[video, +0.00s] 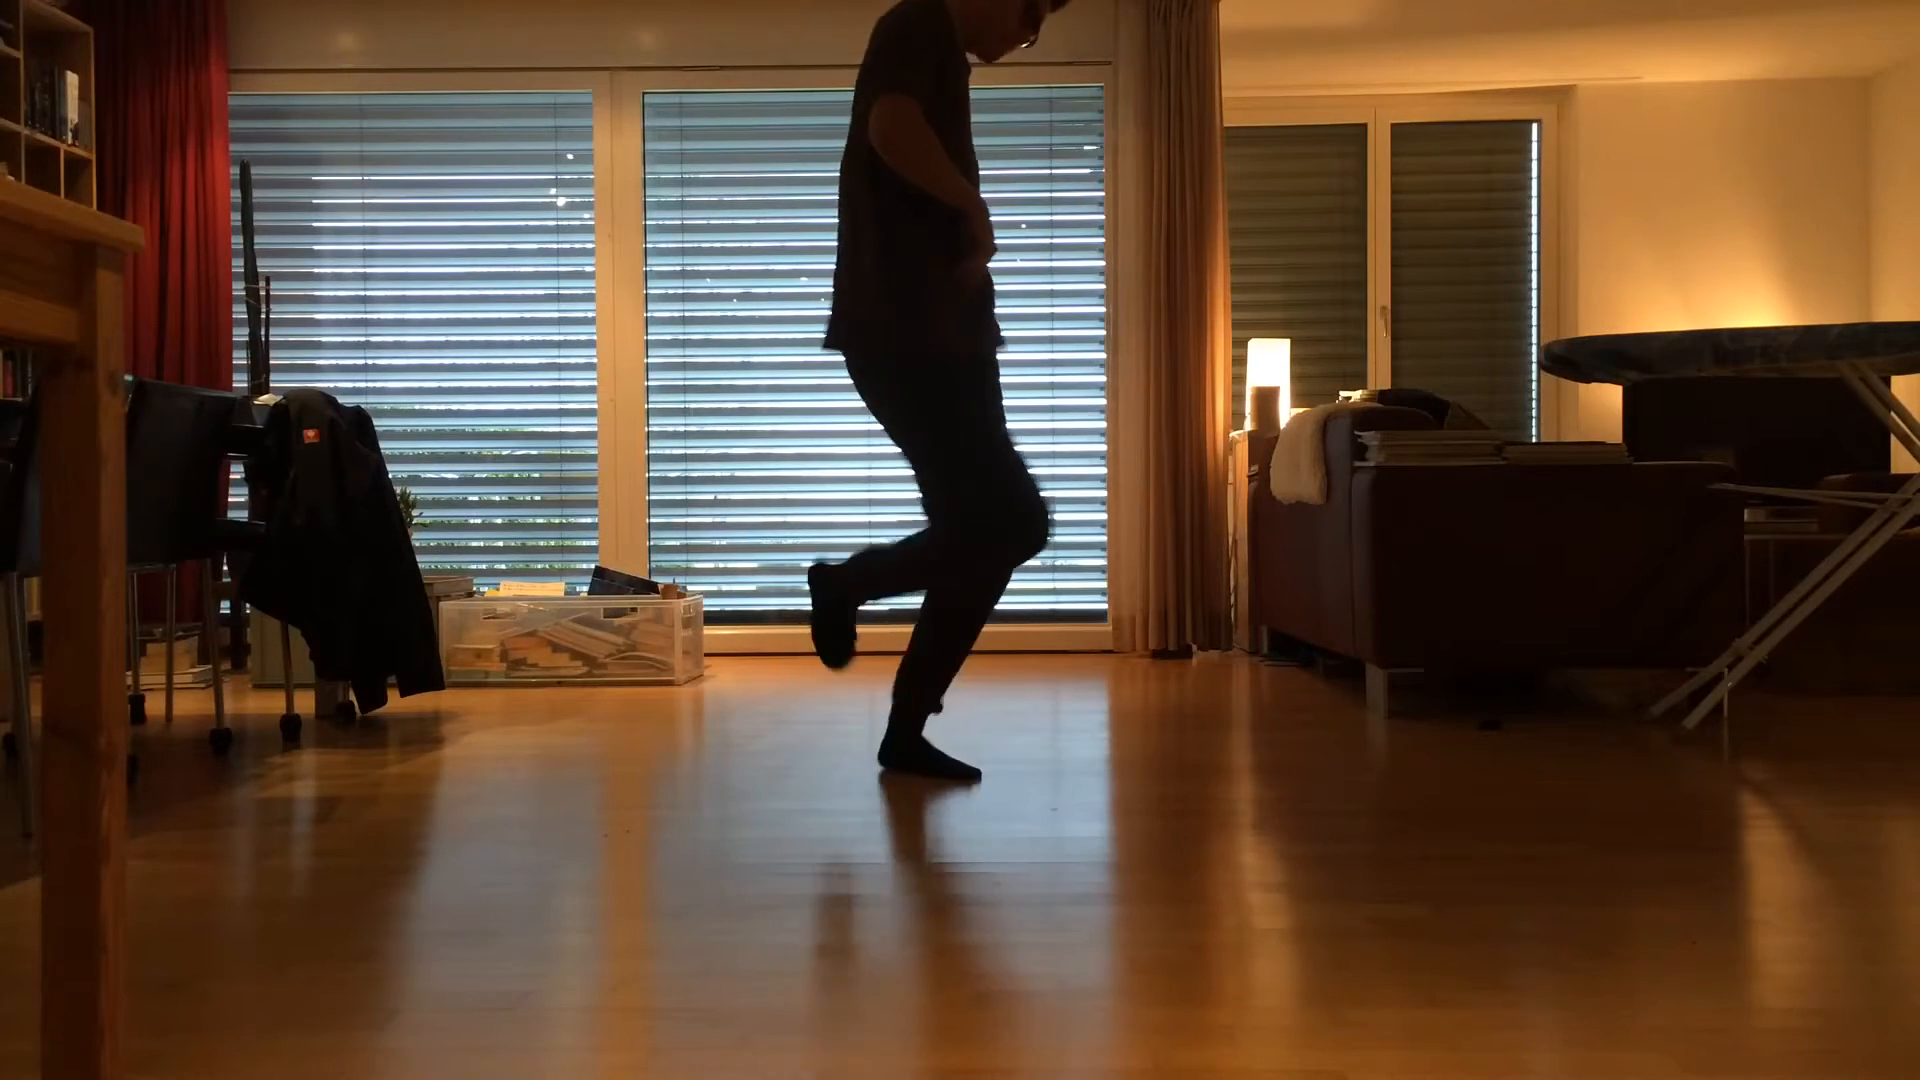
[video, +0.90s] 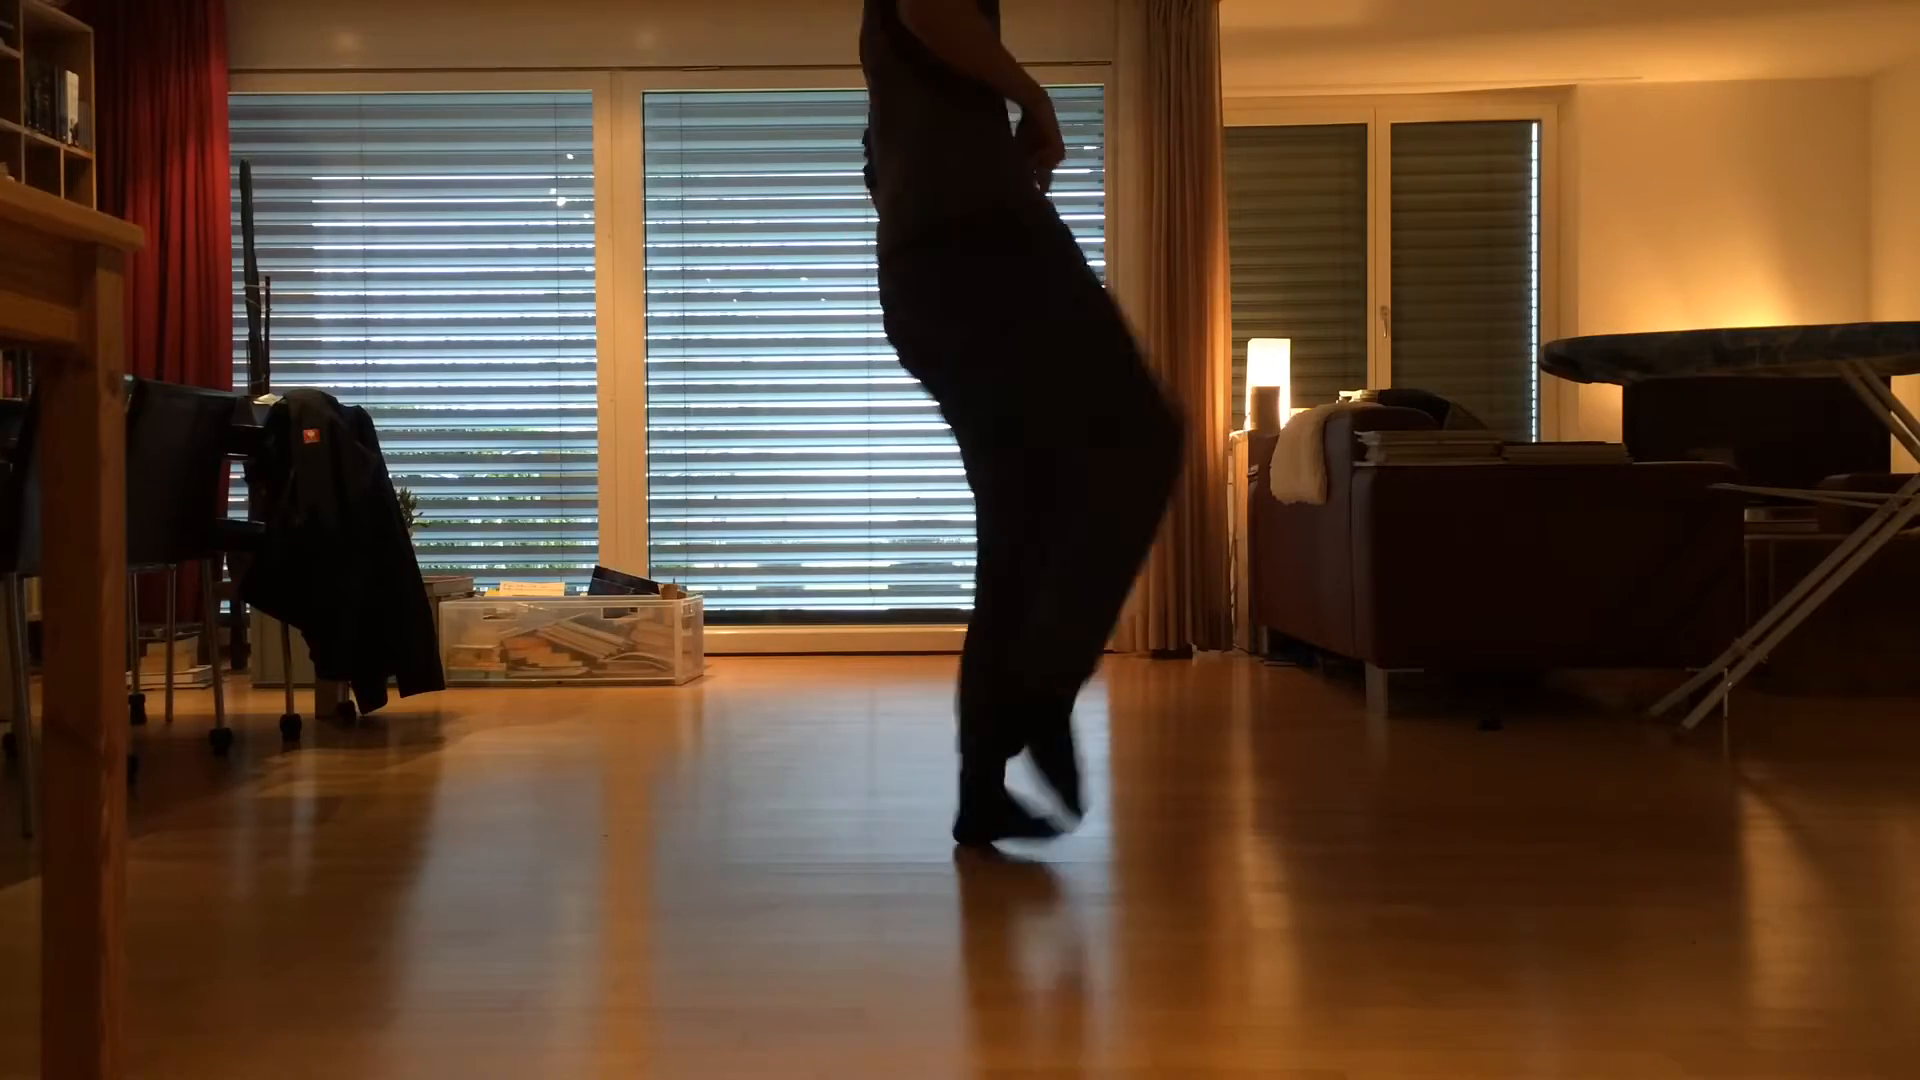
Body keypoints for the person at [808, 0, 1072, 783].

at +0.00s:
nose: (1022, 42)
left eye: (1032, 31)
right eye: (1027, 24)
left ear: (994, 8)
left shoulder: (931, 48)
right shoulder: (916, 29)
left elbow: (895, 199)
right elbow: (891, 126)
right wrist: (972, 205)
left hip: (931, 340)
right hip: (904, 339)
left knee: (986, 533)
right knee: (1016, 523)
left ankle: (906, 734)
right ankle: (845, 582)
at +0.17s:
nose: (1022, 15)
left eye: (1027, 8)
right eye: (1021, 3)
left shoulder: (941, 37)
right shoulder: (921, 18)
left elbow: (908, 148)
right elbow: (887, 115)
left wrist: (977, 222)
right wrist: (984, 184)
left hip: (928, 311)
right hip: (930, 313)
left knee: (979, 511)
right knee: (1010, 501)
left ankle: (899, 724)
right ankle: (851, 685)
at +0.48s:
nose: (1037, 7)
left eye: (1038, 5)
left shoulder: (942, 28)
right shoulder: (930, 7)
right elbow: (903, 58)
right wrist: (996, 155)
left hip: (913, 281)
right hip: (943, 273)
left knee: (986, 508)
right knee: (1109, 425)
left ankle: (939, 762)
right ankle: (973, 621)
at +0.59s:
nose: (1031, 3)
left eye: (1034, 2)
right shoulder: (938, 4)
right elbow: (895, 49)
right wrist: (997, 144)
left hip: (915, 277)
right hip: (958, 264)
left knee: (989, 525)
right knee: (1140, 404)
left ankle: (932, 758)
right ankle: (973, 579)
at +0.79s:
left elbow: (883, 171)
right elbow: (929, 37)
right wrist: (1036, 122)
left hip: (937, 283)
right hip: (990, 273)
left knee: (985, 522)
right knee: (1039, 512)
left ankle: (978, 786)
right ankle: (1013, 786)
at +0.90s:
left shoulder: (903, 28)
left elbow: (889, 159)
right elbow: (926, 17)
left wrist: (1009, 160)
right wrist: (1034, 95)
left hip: (934, 286)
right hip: (993, 267)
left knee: (1013, 516)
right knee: (1143, 439)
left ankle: (982, 789)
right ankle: (1045, 690)